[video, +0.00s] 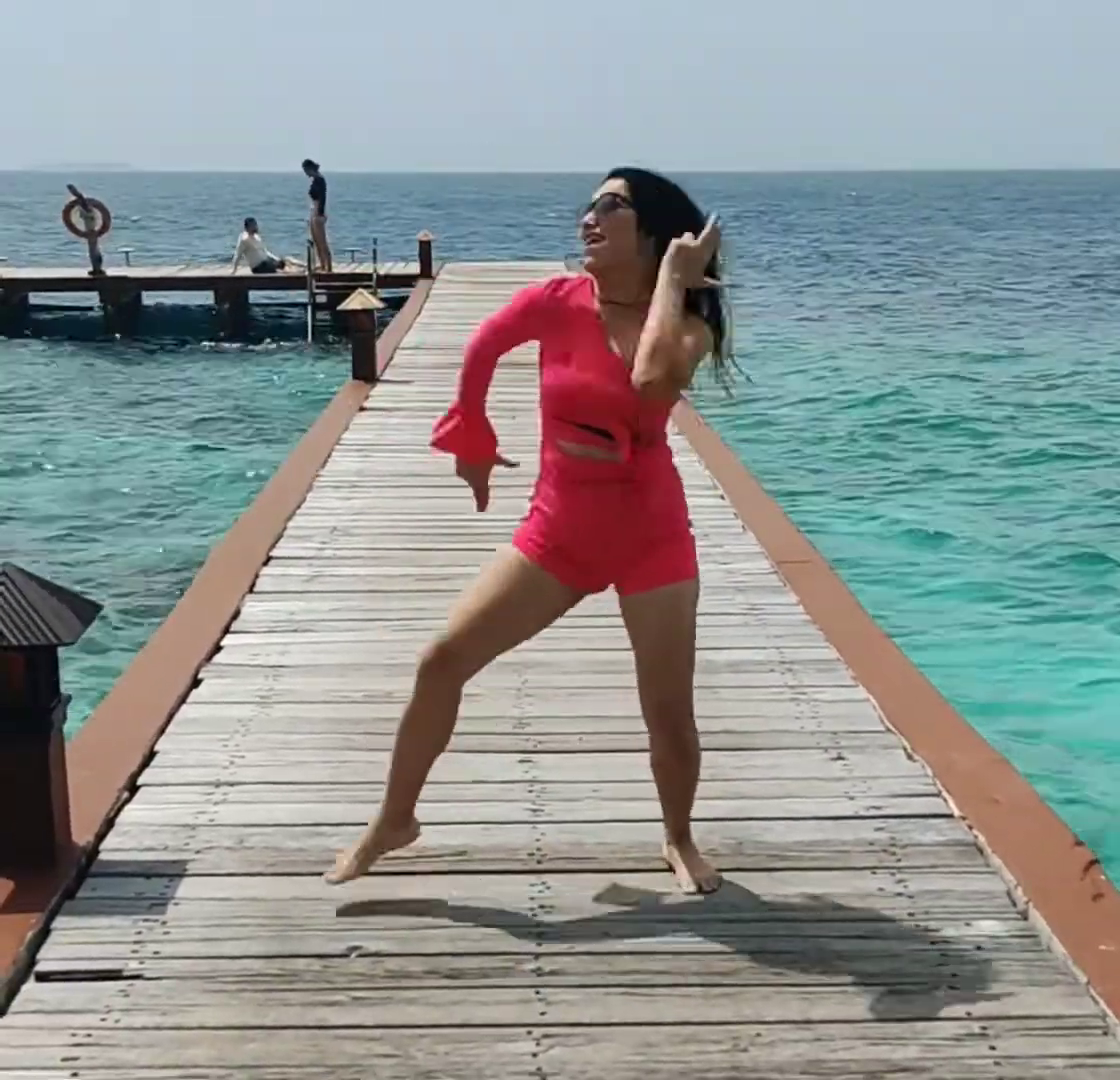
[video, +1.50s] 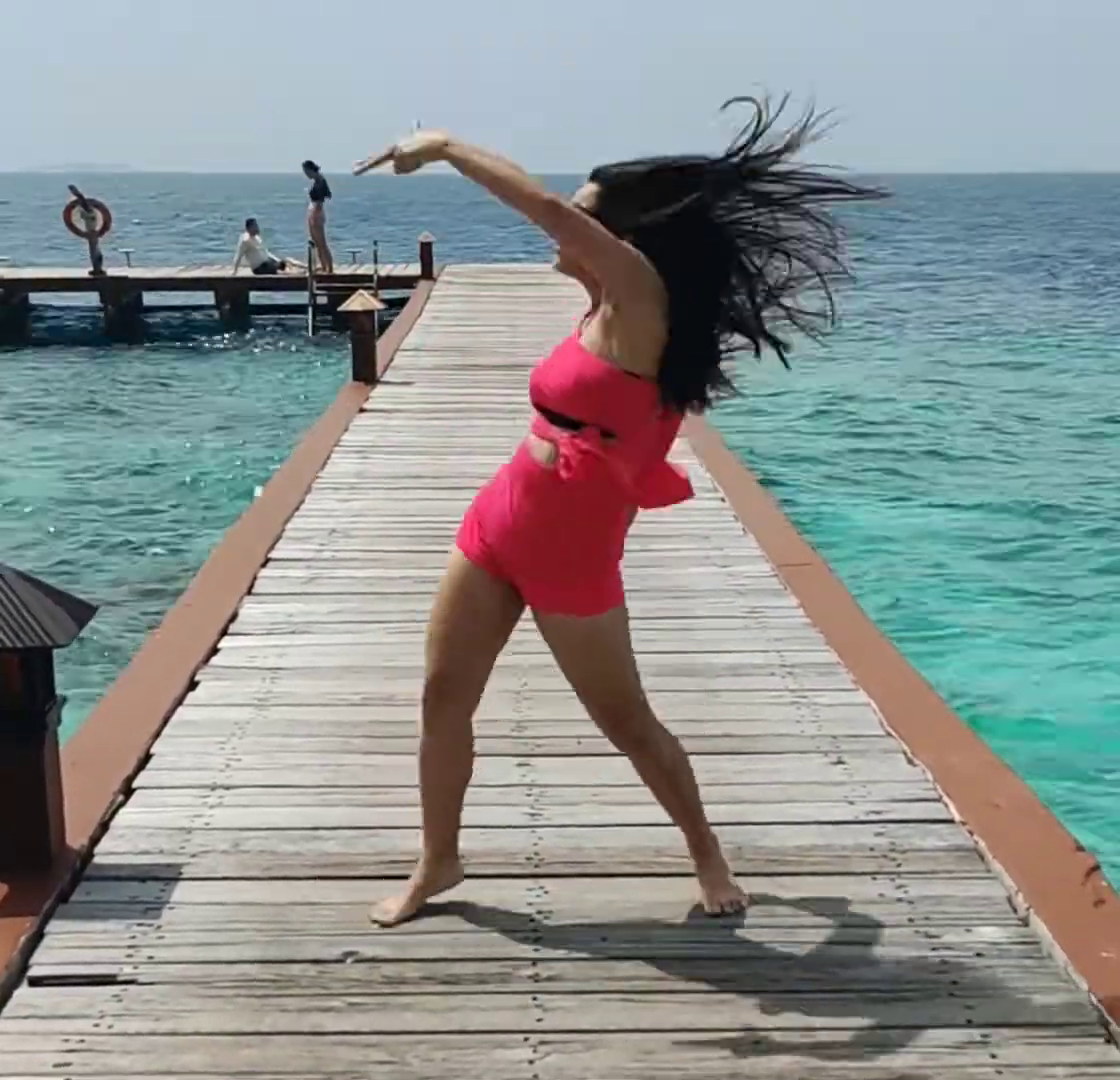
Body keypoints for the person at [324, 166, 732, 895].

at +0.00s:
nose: (589, 218)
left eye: (610, 207)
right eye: (590, 207)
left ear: (655, 234)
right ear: (594, 231)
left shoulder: (686, 320)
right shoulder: (559, 299)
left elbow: (653, 376)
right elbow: (484, 343)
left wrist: (670, 278)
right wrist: (469, 428)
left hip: (651, 535)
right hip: (560, 529)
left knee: (670, 713)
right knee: (441, 663)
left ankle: (680, 840)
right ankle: (394, 819)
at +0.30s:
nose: (563, 260)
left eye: (580, 246)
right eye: (566, 244)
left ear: (622, 259)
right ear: (596, 261)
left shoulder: (642, 322)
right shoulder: (598, 335)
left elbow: (548, 251)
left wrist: (451, 210)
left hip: (559, 572)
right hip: (486, 544)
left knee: (602, 737)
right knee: (421, 703)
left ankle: (674, 848)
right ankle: (421, 879)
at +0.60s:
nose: (539, 240)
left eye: (561, 229)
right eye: (528, 228)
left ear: (596, 252)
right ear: (517, 245)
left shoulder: (610, 335)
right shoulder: (511, 331)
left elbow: (702, 415)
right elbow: (415, 341)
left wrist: (677, 529)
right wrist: (435, 255)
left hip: (566, 566)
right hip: (489, 549)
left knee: (605, 748)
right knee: (417, 716)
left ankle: (678, 831)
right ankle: (426, 885)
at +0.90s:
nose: (603, 283)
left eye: (622, 267)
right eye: (587, 267)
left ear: (650, 277)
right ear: (568, 275)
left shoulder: (678, 373)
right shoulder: (537, 331)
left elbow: (792, 414)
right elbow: (424, 285)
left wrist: (763, 511)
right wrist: (317, 254)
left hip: (657, 584)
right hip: (564, 586)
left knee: (677, 758)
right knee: (464, 730)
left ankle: (706, 867)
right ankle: (428, 888)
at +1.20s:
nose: (606, 233)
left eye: (627, 222)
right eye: (604, 222)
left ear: (668, 244)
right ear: (602, 239)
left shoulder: (690, 352)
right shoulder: (576, 318)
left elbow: (633, 453)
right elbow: (576, 417)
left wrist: (620, 341)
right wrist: (586, 469)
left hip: (665, 560)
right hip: (574, 555)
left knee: (682, 733)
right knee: (476, 714)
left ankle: (707, 864)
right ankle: (417, 867)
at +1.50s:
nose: (564, 232)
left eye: (582, 219)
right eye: (570, 219)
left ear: (626, 235)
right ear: (623, 237)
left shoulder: (643, 295)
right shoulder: (614, 303)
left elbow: (548, 209)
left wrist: (447, 148)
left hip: (571, 553)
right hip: (501, 526)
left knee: (628, 723)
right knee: (444, 697)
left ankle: (707, 857)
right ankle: (437, 858)